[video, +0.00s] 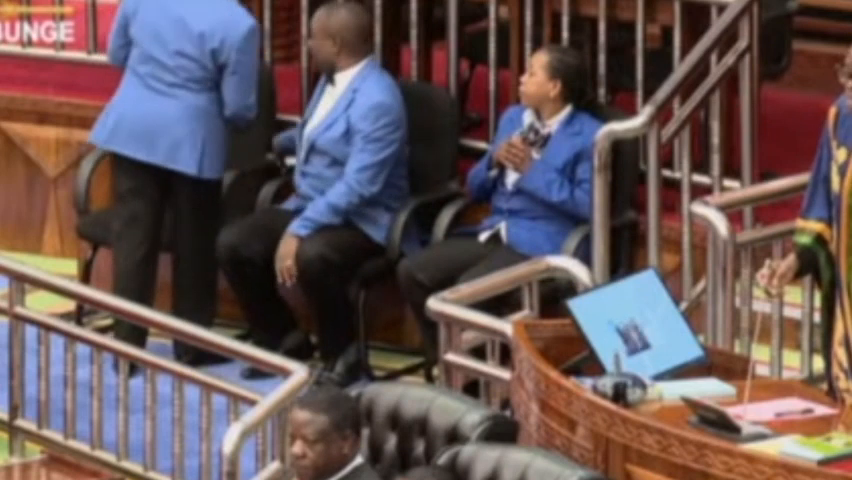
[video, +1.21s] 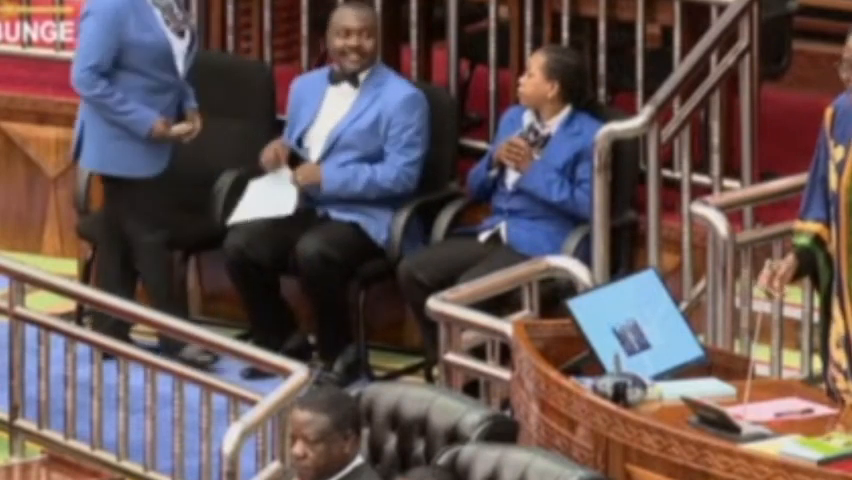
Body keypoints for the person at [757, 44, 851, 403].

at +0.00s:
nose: (844, 73)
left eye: (847, 66)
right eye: (843, 66)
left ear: (847, 73)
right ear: (838, 71)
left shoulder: (838, 116)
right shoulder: (839, 115)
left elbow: (821, 195)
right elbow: (822, 195)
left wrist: (798, 258)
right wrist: (798, 257)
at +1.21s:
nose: (844, 69)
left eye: (849, 62)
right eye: (843, 61)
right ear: (839, 61)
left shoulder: (840, 114)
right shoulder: (839, 113)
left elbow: (819, 203)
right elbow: (821, 201)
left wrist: (797, 259)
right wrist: (796, 260)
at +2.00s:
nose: (844, 75)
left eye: (849, 65)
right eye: (839, 65)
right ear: (829, 67)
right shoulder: (834, 117)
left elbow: (820, 201)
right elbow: (819, 199)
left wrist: (798, 235)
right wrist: (796, 237)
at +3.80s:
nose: (844, 69)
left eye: (849, 58)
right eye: (837, 58)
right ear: (825, 58)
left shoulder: (830, 119)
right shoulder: (824, 119)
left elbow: (806, 204)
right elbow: (807, 203)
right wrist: (795, 237)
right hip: (830, 325)